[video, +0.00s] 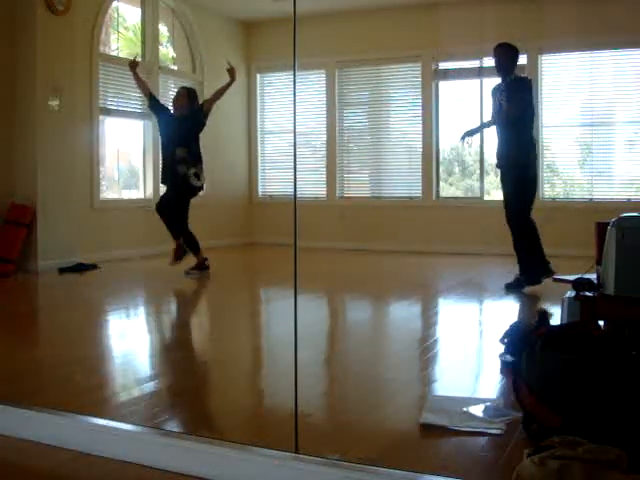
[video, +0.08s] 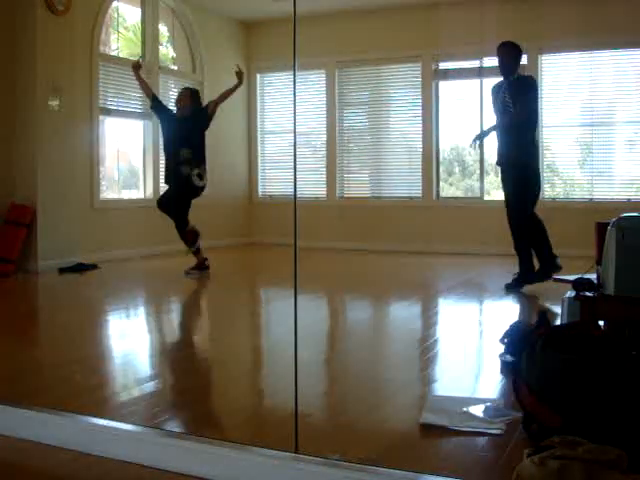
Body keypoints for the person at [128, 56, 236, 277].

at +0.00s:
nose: (175, 100)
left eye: (180, 97)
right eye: (175, 96)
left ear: (190, 102)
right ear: (174, 101)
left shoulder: (195, 119)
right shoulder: (165, 118)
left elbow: (211, 101)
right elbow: (148, 94)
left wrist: (230, 82)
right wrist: (134, 73)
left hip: (191, 179)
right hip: (173, 179)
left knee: (162, 208)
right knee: (180, 223)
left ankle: (179, 242)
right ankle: (200, 260)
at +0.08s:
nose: (179, 100)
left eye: (184, 97)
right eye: (179, 97)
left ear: (194, 102)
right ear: (177, 101)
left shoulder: (199, 119)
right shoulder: (168, 118)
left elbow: (216, 103)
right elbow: (151, 96)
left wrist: (237, 85)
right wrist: (138, 75)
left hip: (194, 179)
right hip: (175, 179)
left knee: (164, 203)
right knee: (182, 224)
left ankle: (190, 231)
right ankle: (201, 261)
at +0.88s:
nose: (222, 135)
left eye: (226, 131)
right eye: (220, 130)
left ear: (232, 129)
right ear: (215, 128)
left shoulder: (239, 147)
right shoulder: (204, 145)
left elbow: (240, 171)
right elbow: (197, 171)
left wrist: (242, 190)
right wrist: (192, 194)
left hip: (231, 193)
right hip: (209, 192)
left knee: (242, 226)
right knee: (201, 228)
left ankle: (237, 258)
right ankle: (210, 257)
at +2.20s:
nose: (240, 114)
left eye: (239, 110)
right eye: (239, 110)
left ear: (222, 111)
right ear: (236, 112)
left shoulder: (211, 130)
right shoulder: (240, 131)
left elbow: (199, 152)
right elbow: (242, 156)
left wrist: (203, 173)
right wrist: (243, 178)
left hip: (213, 179)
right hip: (233, 180)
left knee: (217, 214)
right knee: (228, 216)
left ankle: (212, 249)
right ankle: (223, 250)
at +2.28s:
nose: (239, 114)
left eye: (238, 111)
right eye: (237, 111)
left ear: (221, 112)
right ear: (234, 112)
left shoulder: (212, 130)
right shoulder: (240, 131)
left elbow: (194, 150)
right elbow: (250, 151)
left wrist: (202, 166)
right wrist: (248, 174)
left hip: (215, 179)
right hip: (234, 178)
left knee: (219, 216)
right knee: (230, 217)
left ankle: (213, 251)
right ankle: (223, 250)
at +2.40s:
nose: (233, 116)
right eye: (232, 113)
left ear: (216, 116)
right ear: (232, 113)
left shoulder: (212, 134)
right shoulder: (239, 127)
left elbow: (199, 154)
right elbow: (253, 136)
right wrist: (250, 158)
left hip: (220, 181)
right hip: (239, 178)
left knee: (221, 216)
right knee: (246, 216)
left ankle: (213, 251)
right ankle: (229, 248)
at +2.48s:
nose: (233, 117)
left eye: (230, 115)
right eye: (231, 115)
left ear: (216, 118)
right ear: (230, 115)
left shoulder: (209, 138)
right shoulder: (238, 128)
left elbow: (205, 159)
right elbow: (253, 135)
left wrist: (212, 169)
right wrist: (249, 158)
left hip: (221, 181)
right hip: (240, 178)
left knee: (224, 216)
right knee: (248, 216)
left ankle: (213, 250)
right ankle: (230, 247)